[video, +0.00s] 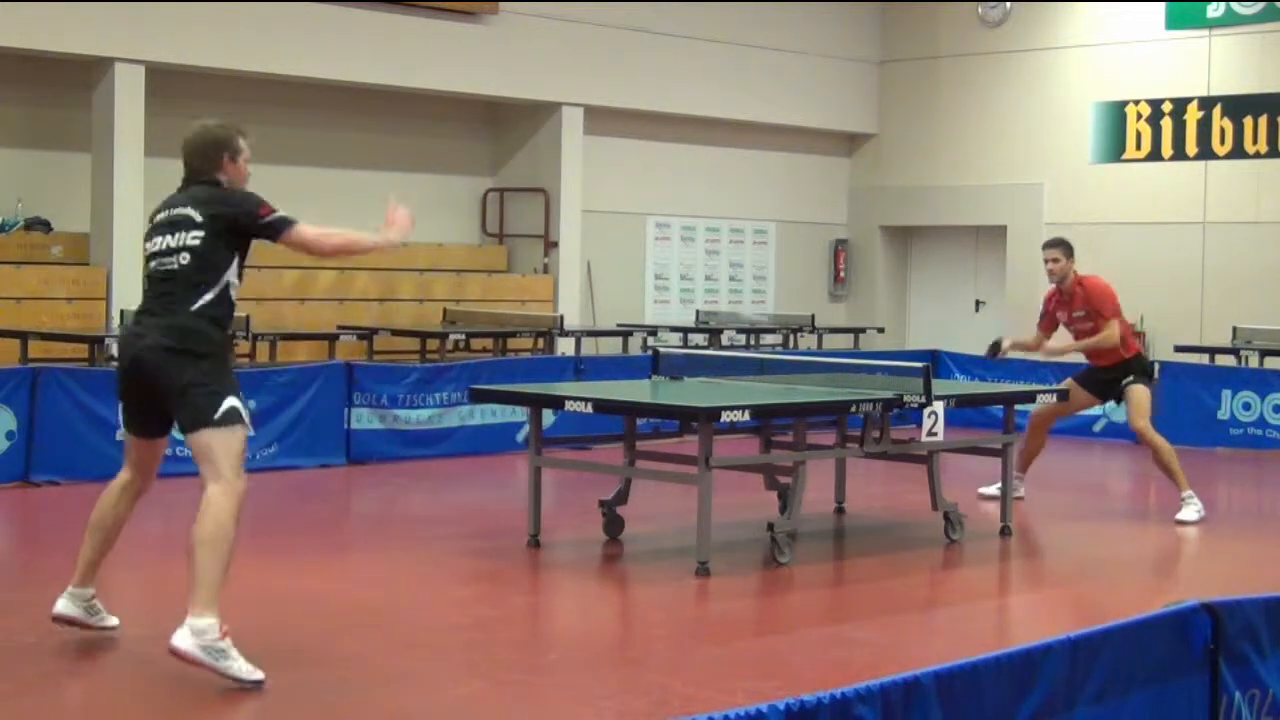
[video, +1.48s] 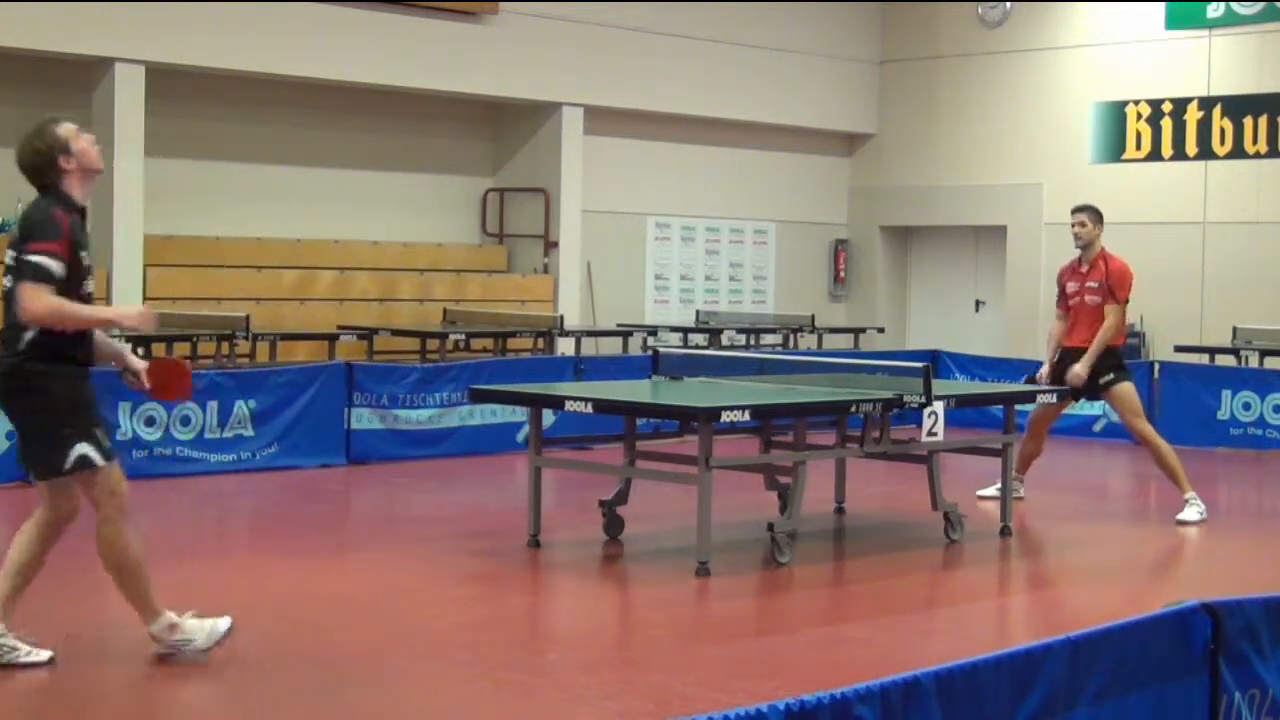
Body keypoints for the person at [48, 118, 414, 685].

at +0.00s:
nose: (248, 169)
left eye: (246, 160)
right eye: (244, 160)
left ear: (195, 167)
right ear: (226, 165)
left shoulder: (162, 212)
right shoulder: (232, 203)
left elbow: (165, 281)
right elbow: (320, 243)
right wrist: (384, 238)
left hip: (138, 349)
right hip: (192, 352)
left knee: (133, 475)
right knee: (225, 480)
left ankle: (78, 592)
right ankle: (202, 626)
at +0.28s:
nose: (235, 186)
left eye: (231, 178)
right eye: (230, 179)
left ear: (183, 186)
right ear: (216, 186)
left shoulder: (146, 231)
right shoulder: (221, 241)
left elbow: (113, 304)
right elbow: (269, 315)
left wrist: (162, 322)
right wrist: (329, 359)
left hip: (116, 368)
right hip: (174, 377)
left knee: (116, 473)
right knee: (208, 496)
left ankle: (71, 590)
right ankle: (198, 630)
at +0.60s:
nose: (221, 241)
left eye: (218, 234)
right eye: (217, 235)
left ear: (168, 243)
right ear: (204, 243)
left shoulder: (130, 275)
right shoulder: (200, 293)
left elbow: (106, 349)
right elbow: (216, 387)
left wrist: (158, 405)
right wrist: (247, 437)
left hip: (65, 399)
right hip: (119, 406)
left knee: (101, 481)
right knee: (224, 491)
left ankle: (46, 595)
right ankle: (187, 622)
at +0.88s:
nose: (191, 204)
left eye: (188, 196)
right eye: (186, 197)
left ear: (137, 208)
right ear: (172, 206)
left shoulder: (101, 254)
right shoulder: (184, 257)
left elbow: (68, 340)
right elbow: (240, 331)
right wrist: (263, 311)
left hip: (71, 388)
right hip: (124, 393)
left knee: (92, 482)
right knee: (220, 487)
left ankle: (48, 593)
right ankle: (185, 620)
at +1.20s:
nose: (163, 151)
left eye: (157, 144)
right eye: (154, 146)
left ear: (117, 173)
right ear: (138, 167)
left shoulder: (84, 223)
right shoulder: (158, 226)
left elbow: (65, 310)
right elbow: (220, 292)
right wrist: (238, 264)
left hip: (65, 371)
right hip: (115, 376)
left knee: (106, 476)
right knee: (193, 486)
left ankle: (38, 588)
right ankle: (183, 625)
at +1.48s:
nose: (95, 142)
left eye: (88, 135)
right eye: (84, 138)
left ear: (67, 163)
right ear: (66, 160)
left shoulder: (69, 219)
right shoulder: (49, 216)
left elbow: (69, 319)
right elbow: (31, 304)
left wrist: (120, 355)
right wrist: (115, 314)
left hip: (47, 378)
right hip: (45, 380)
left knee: (59, 504)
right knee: (110, 492)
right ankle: (161, 627)